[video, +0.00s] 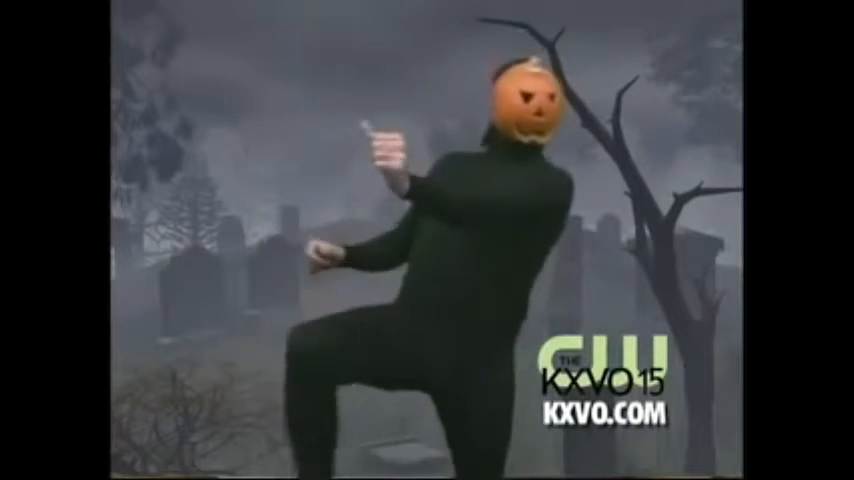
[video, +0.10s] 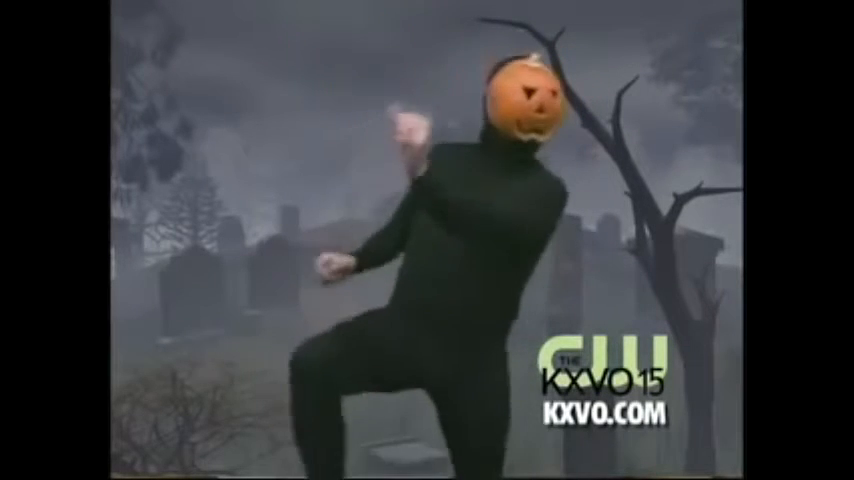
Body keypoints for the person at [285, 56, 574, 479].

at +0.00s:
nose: (540, 105)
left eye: (551, 98)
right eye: (526, 93)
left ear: (559, 116)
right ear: (495, 101)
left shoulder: (552, 185)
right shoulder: (454, 167)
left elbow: (486, 209)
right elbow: (403, 244)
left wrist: (408, 184)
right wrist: (347, 255)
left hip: (479, 355)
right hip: (410, 332)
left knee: (480, 471)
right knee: (308, 348)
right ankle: (314, 473)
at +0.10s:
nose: (542, 100)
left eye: (553, 94)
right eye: (528, 87)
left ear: (557, 119)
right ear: (491, 97)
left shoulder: (545, 191)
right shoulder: (443, 159)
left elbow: (499, 231)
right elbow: (401, 229)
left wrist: (423, 176)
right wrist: (357, 260)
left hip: (475, 353)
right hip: (405, 331)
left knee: (480, 471)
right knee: (312, 366)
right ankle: (326, 474)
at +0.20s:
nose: (525, 82)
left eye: (537, 77)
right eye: (512, 68)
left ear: (545, 101)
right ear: (477, 80)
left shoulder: (535, 174)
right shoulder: (422, 141)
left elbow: (514, 239)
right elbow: (387, 186)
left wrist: (447, 169)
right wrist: (371, 234)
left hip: (463, 333)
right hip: (390, 317)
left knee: (474, 464)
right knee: (338, 418)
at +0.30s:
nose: (494, 68)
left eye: (503, 60)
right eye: (482, 55)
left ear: (510, 87)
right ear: (451, 78)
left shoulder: (516, 157)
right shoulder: (396, 138)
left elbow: (512, 263)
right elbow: (348, 171)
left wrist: (460, 210)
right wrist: (361, 233)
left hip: (459, 322)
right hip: (388, 319)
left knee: (461, 463)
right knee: (374, 460)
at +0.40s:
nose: (459, 74)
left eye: (467, 66)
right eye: (444, 63)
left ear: (479, 80)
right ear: (409, 79)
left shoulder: (485, 158)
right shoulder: (368, 161)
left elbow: (503, 244)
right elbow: (308, 228)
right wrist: (348, 290)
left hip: (462, 344)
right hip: (391, 347)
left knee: (467, 468)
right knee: (390, 469)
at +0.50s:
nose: (419, 93)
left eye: (425, 85)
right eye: (402, 87)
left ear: (438, 98)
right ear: (368, 105)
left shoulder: (453, 170)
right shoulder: (343, 186)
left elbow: (484, 271)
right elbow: (302, 301)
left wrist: (516, 360)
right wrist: (370, 366)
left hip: (458, 359)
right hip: (384, 363)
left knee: (490, 469)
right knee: (387, 473)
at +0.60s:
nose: (397, 117)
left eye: (399, 108)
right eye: (380, 114)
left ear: (410, 114)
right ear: (343, 133)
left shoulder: (426, 178)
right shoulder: (324, 210)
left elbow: (477, 268)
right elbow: (349, 321)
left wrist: (516, 346)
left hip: (453, 363)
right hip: (382, 378)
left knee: (531, 463)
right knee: (379, 471)